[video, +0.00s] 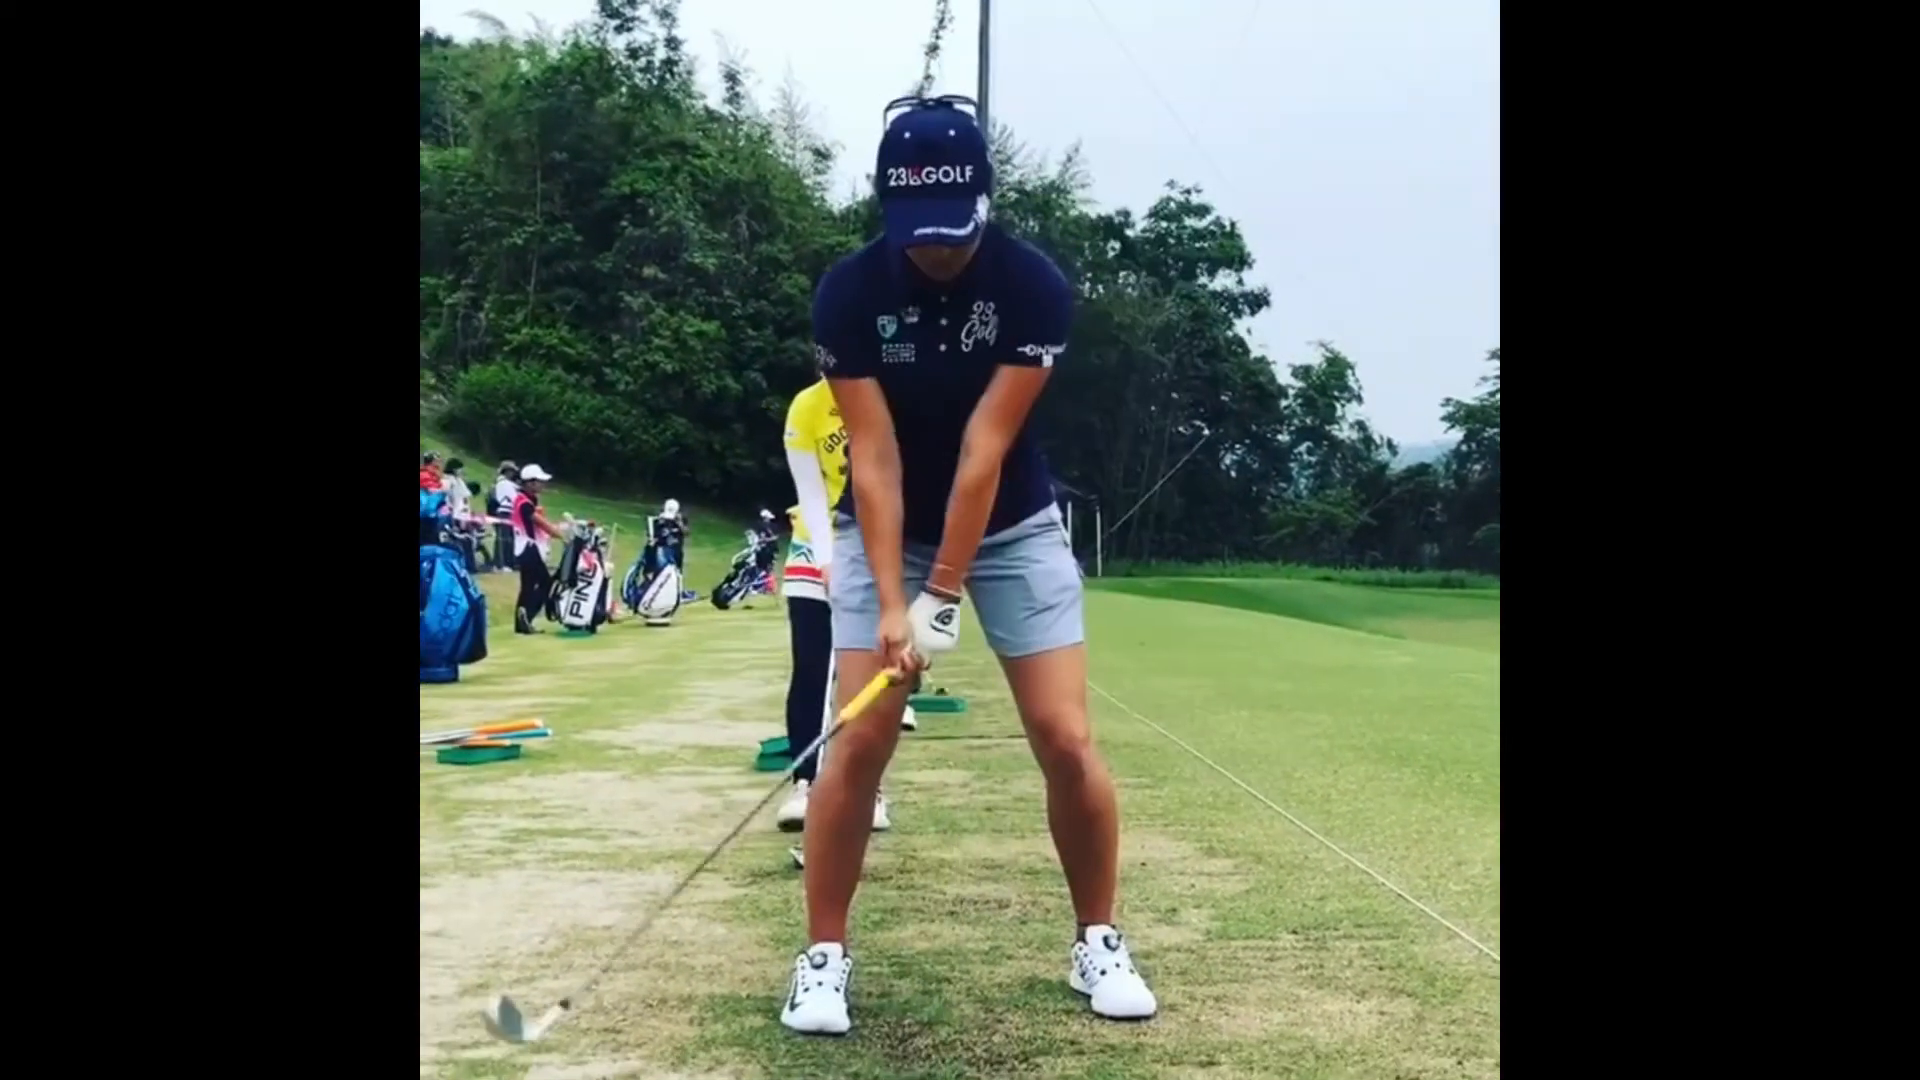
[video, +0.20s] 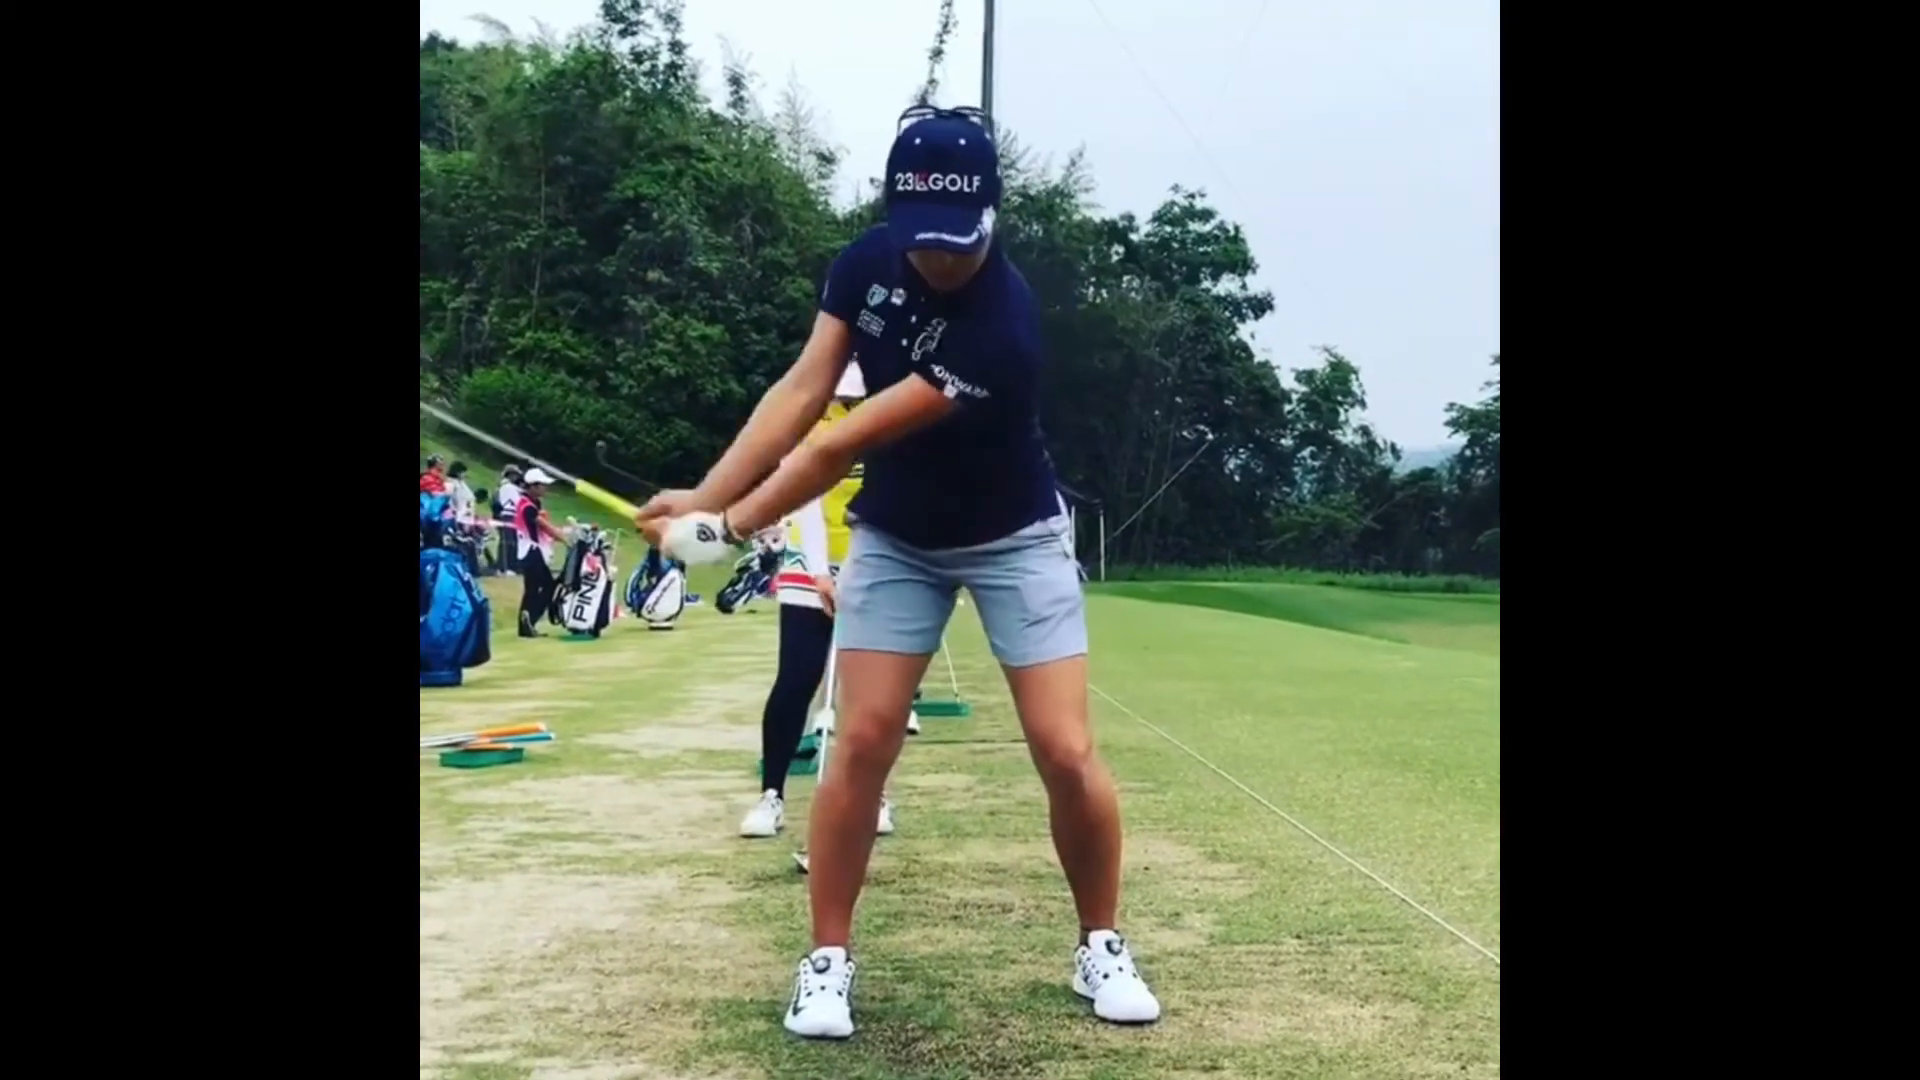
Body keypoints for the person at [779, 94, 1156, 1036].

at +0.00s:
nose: (939, 243)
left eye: (956, 223)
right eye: (921, 225)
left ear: (984, 199)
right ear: (890, 203)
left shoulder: (1035, 289)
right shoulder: (847, 294)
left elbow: (984, 453)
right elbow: (872, 453)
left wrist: (944, 591)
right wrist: (889, 596)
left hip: (1014, 529)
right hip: (889, 533)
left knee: (1066, 740)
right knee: (856, 746)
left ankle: (1100, 941)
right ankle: (824, 954)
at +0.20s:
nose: (945, 253)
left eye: (962, 234)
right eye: (928, 234)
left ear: (991, 213)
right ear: (899, 209)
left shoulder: (1003, 321)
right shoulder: (866, 265)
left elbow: (847, 440)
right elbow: (800, 390)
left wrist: (736, 527)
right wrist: (706, 497)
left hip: (1017, 540)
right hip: (893, 540)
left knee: (1068, 754)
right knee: (864, 740)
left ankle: (1103, 946)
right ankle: (828, 958)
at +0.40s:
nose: (931, 253)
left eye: (953, 235)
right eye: (916, 232)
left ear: (990, 219)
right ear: (893, 211)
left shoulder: (978, 314)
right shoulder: (895, 264)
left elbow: (810, 316)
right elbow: (812, 305)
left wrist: (692, 257)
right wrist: (709, 250)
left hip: (1016, 550)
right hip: (895, 543)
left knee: (1062, 769)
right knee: (870, 736)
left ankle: (1103, 949)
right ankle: (829, 960)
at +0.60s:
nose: (939, 259)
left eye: (958, 239)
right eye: (921, 241)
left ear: (999, 216)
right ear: (896, 222)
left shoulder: (992, 313)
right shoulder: (909, 284)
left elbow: (828, 255)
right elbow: (848, 306)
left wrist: (774, 177)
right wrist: (811, 191)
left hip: (1025, 555)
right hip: (908, 548)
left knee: (1062, 775)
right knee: (870, 745)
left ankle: (1099, 952)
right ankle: (825, 961)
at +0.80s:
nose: (984, 277)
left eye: (987, 254)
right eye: (961, 270)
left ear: (995, 216)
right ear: (914, 261)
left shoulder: (1057, 254)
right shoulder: (894, 327)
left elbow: (1063, 415)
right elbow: (931, 474)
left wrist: (1042, 550)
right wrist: (988, 567)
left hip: (1084, 526)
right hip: (974, 542)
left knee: (1117, 724)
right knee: (949, 750)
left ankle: (1108, 953)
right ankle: (829, 958)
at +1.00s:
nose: (1037, 248)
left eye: (1035, 230)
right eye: (1015, 242)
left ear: (972, 239)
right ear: (965, 254)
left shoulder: (973, 258)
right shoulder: (1037, 325)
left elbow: (1089, 263)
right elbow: (1133, 291)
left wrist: (1195, 252)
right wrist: (1205, 230)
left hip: (1069, 526)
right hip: (1050, 540)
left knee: (1092, 726)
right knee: (1002, 759)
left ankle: (1088, 952)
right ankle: (834, 920)